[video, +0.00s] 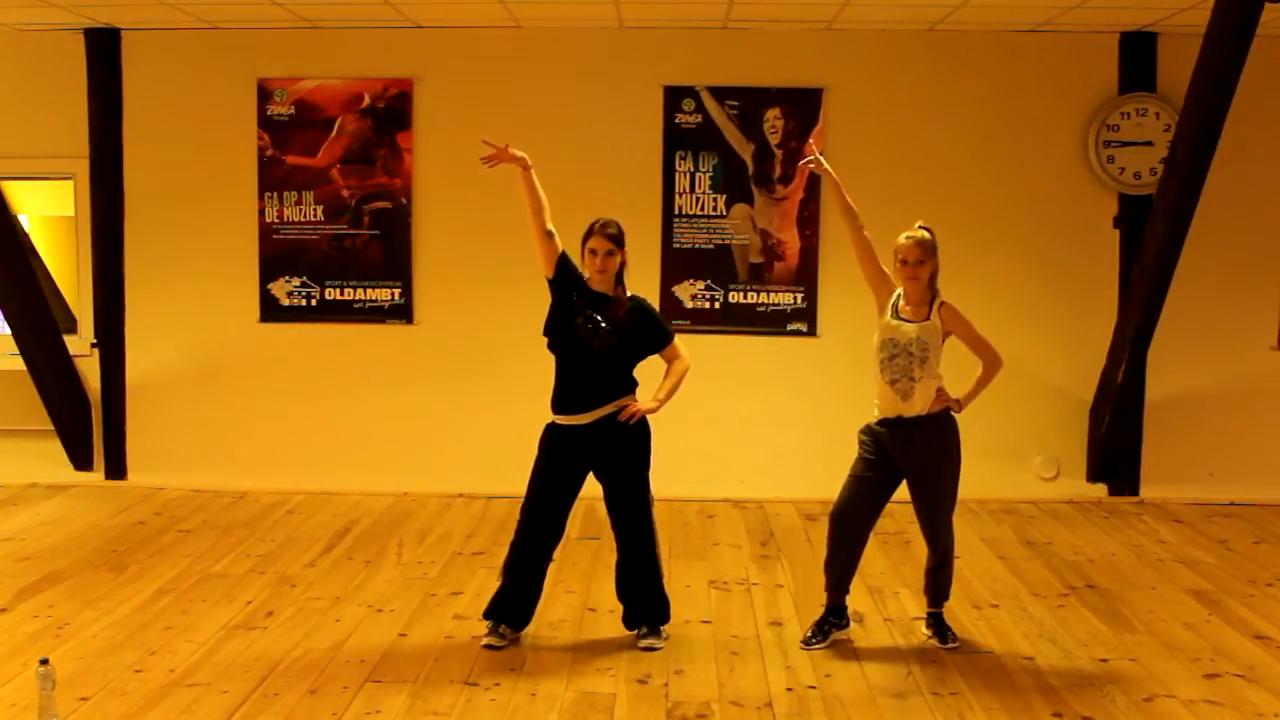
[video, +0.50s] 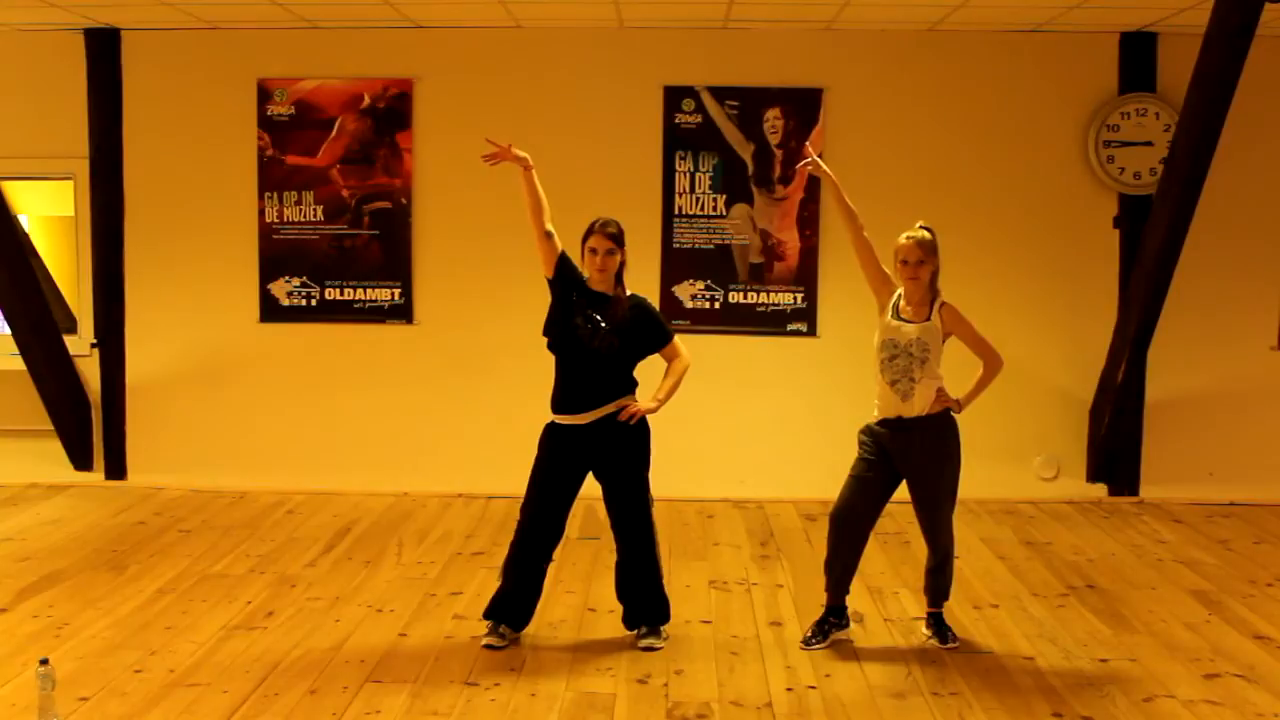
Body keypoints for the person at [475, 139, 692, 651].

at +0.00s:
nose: (598, 261)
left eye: (607, 254)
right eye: (593, 252)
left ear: (622, 259)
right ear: (583, 255)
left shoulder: (637, 312)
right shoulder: (567, 290)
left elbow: (679, 362)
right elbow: (543, 228)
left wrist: (653, 401)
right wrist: (525, 168)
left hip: (621, 432)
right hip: (565, 434)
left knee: (635, 528)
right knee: (536, 527)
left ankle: (650, 620)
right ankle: (506, 620)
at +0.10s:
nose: (598, 261)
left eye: (607, 254)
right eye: (593, 253)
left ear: (622, 259)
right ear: (583, 255)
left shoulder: (637, 312)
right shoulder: (567, 289)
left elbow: (679, 362)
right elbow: (543, 227)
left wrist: (654, 401)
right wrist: (525, 167)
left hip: (621, 432)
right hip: (565, 434)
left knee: (634, 528)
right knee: (536, 527)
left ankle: (649, 620)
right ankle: (506, 619)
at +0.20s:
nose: (598, 260)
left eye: (607, 254)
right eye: (593, 252)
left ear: (622, 259)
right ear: (583, 255)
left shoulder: (637, 312)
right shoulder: (567, 290)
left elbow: (679, 362)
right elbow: (543, 228)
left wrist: (653, 401)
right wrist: (526, 168)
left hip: (621, 432)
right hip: (565, 434)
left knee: (634, 528)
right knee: (536, 527)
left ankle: (649, 620)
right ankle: (506, 619)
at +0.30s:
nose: (599, 260)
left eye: (608, 253)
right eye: (593, 252)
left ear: (622, 259)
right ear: (583, 255)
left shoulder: (636, 311)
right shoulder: (567, 289)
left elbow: (679, 361)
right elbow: (543, 229)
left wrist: (654, 401)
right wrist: (527, 168)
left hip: (621, 432)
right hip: (565, 433)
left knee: (634, 529)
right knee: (536, 527)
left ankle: (648, 620)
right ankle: (506, 619)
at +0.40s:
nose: (599, 260)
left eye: (608, 253)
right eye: (593, 252)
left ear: (622, 259)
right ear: (583, 254)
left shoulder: (636, 311)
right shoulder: (567, 289)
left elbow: (679, 361)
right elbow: (543, 229)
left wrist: (654, 401)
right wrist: (527, 168)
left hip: (621, 432)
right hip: (565, 433)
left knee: (634, 528)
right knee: (536, 527)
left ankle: (649, 620)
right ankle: (506, 619)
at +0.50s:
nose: (598, 259)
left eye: (607, 253)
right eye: (593, 251)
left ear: (621, 258)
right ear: (583, 254)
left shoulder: (636, 311)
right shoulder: (567, 289)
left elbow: (680, 361)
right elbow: (543, 228)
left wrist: (653, 401)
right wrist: (526, 167)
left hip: (621, 432)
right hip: (565, 433)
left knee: (634, 529)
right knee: (536, 527)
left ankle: (648, 620)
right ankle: (506, 619)